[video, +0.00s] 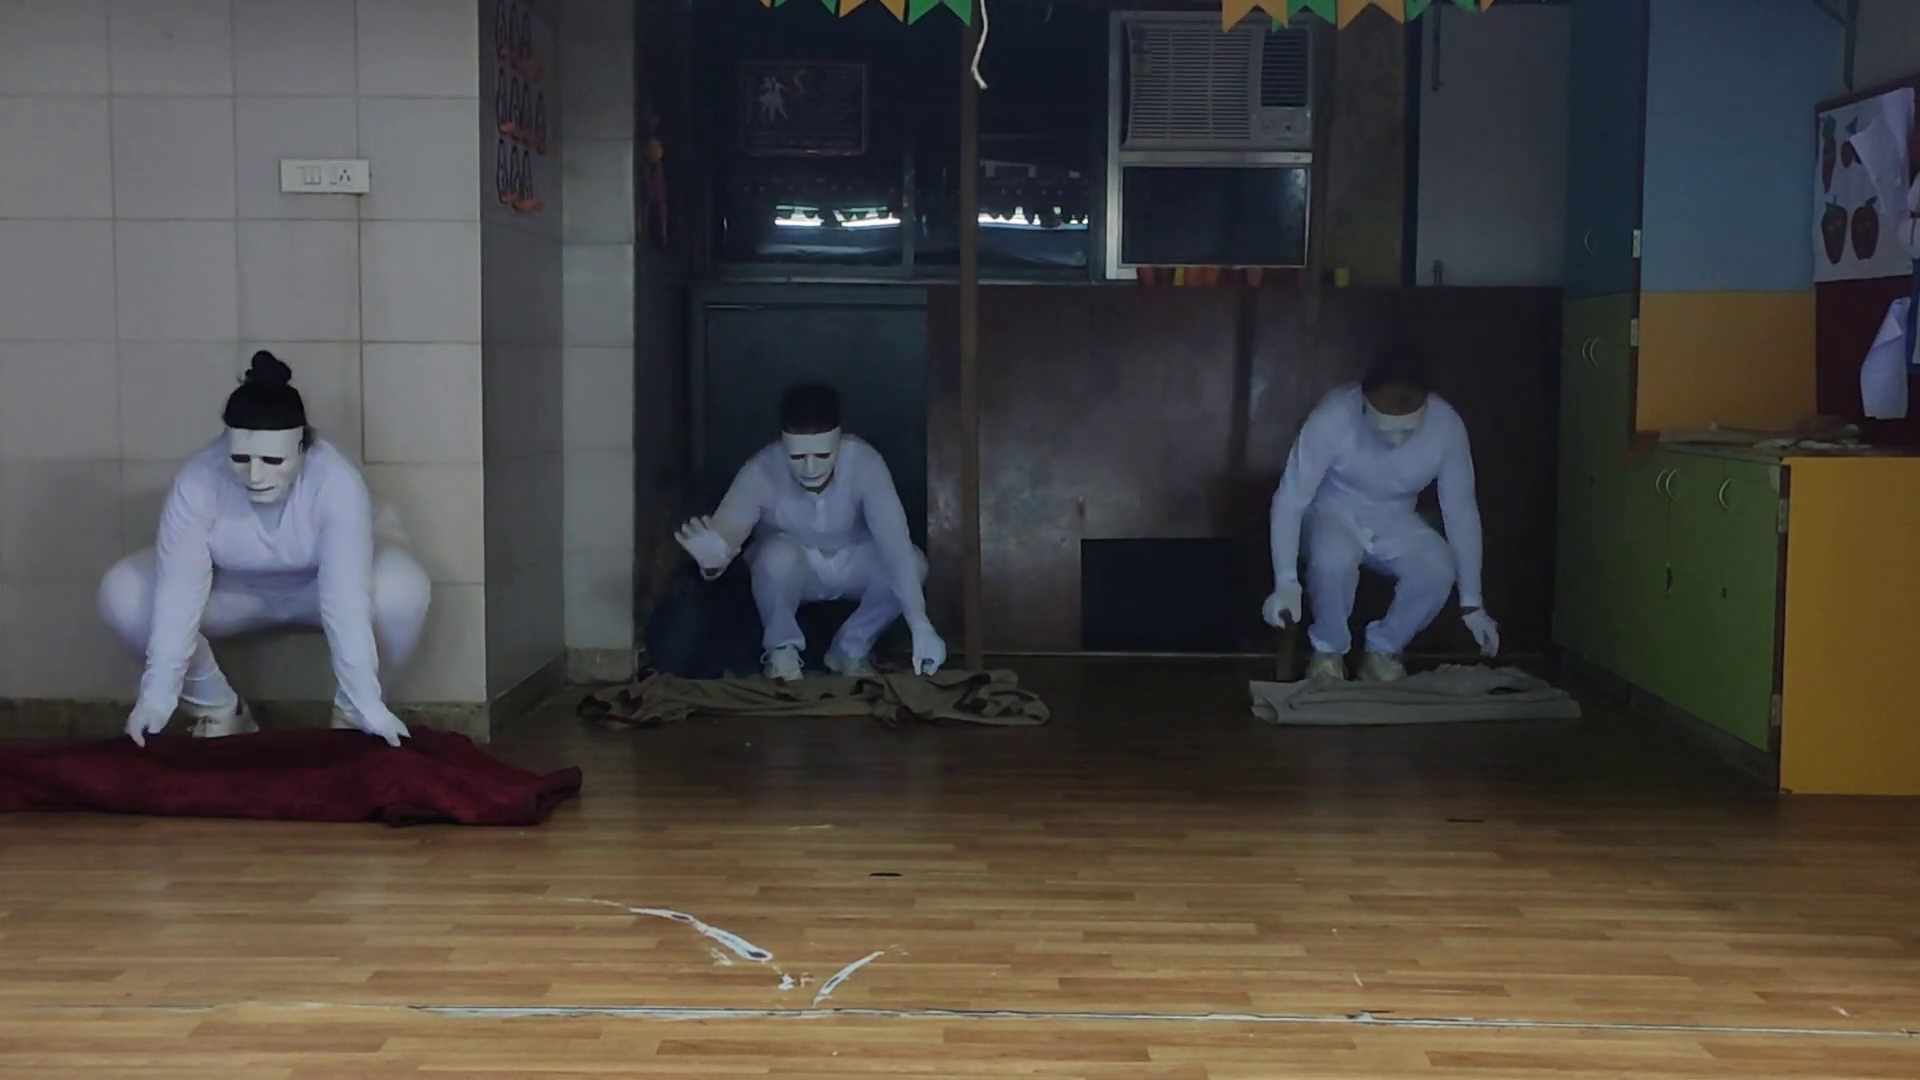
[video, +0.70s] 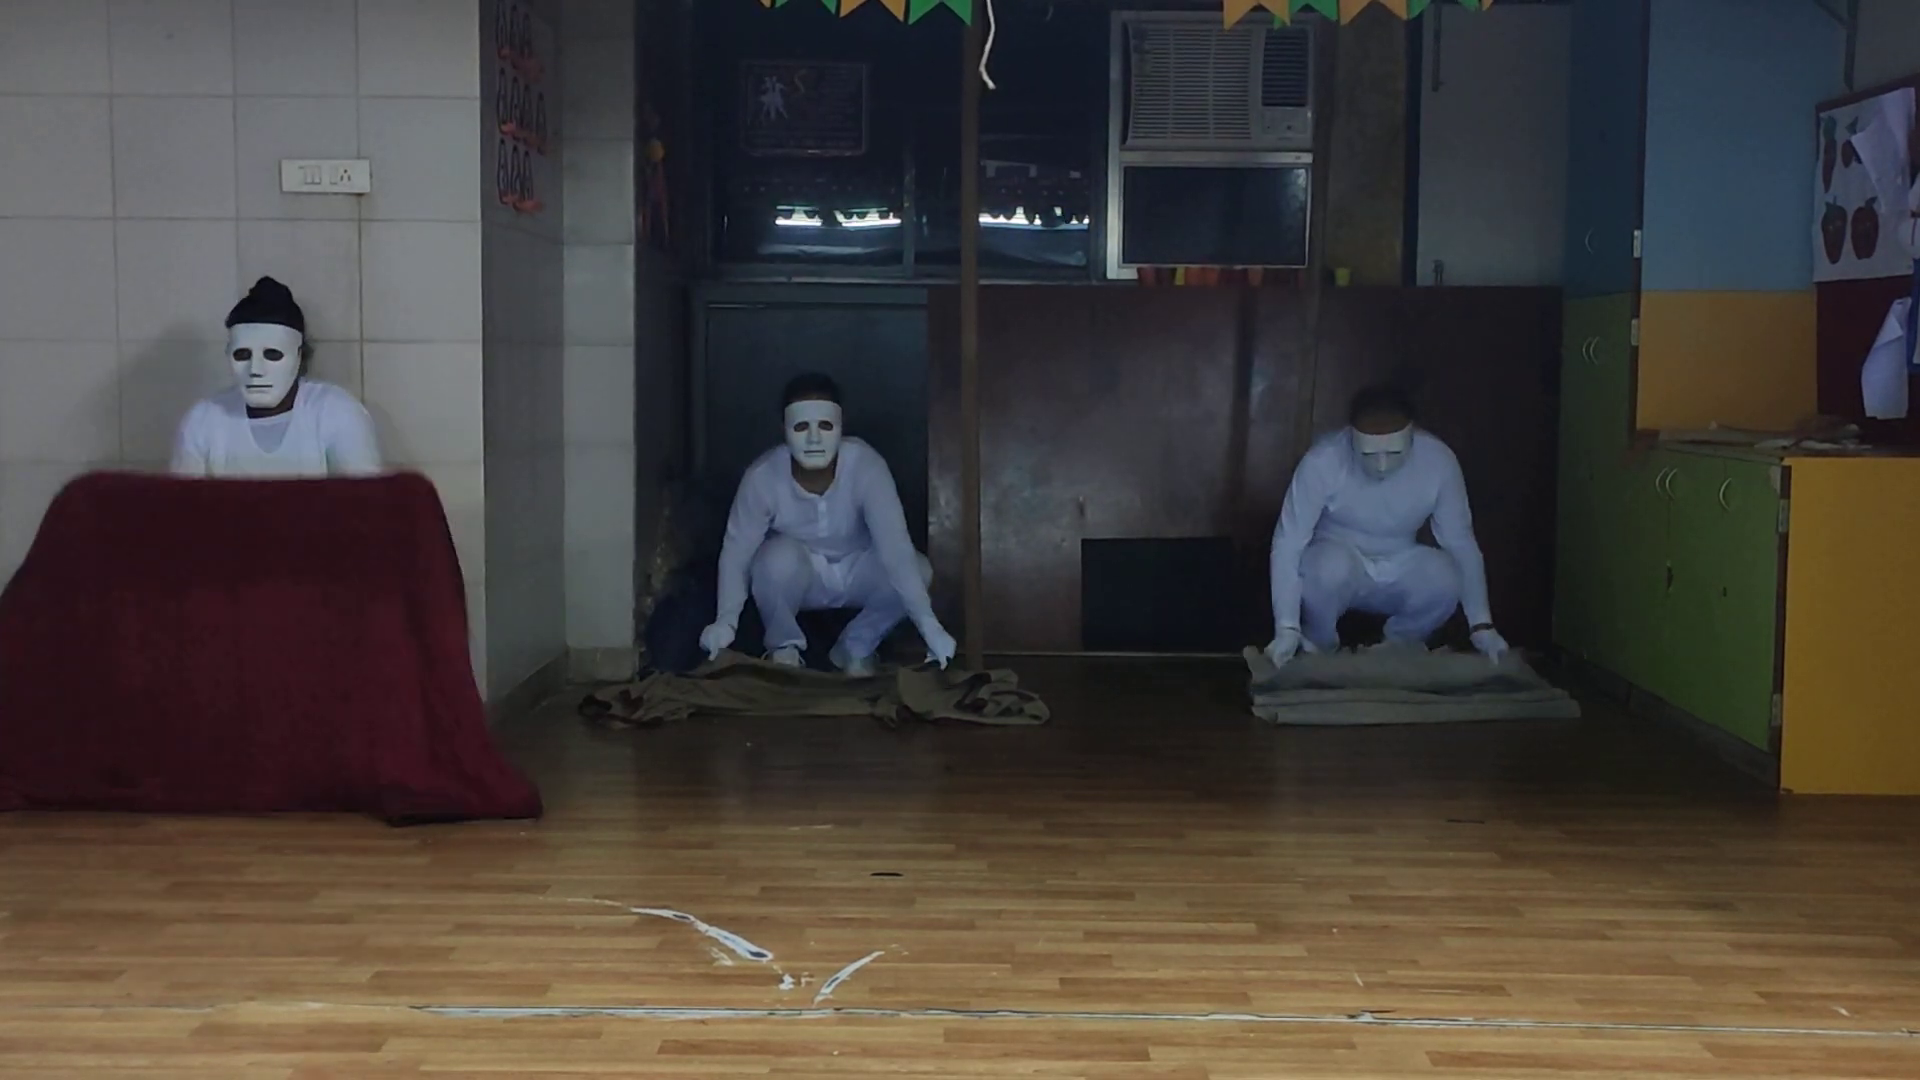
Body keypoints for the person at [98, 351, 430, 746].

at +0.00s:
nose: (256, 476)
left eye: (273, 460)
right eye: (241, 459)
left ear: (301, 449)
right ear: (227, 448)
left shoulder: (338, 486)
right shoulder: (197, 486)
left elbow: (345, 601)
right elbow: (179, 597)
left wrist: (365, 703)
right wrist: (155, 697)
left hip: (320, 589)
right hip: (233, 593)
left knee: (402, 587)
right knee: (126, 591)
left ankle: (352, 711)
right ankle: (219, 712)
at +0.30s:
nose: (255, 435)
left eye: (272, 419)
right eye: (241, 419)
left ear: (300, 421)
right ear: (225, 420)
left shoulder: (332, 467)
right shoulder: (198, 473)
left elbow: (339, 582)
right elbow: (196, 585)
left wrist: (369, 685)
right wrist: (162, 693)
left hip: (317, 590)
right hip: (233, 596)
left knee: (398, 585)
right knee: (126, 592)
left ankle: (358, 694)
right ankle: (212, 698)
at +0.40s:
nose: (253, 424)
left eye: (271, 409)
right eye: (239, 409)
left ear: (298, 411)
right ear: (225, 410)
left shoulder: (329, 461)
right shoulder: (198, 469)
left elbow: (341, 573)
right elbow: (193, 573)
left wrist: (380, 668)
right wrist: (151, 668)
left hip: (317, 596)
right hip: (233, 599)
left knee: (397, 583)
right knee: (124, 590)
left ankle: (358, 676)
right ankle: (202, 681)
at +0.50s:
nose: (252, 403)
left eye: (270, 388)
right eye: (240, 388)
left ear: (297, 391)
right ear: (225, 391)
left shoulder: (327, 438)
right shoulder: (197, 451)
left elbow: (343, 541)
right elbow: (193, 551)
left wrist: (376, 621)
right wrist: (136, 628)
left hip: (315, 580)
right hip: (232, 585)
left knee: (399, 582)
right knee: (121, 586)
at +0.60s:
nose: (252, 383)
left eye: (270, 367)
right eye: (239, 368)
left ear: (297, 370)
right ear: (225, 370)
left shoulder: (331, 421)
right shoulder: (200, 432)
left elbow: (351, 516)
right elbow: (192, 533)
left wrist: (383, 559)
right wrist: (139, 568)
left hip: (322, 589)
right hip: (231, 590)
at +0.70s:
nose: (255, 371)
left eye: (272, 355)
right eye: (242, 355)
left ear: (299, 356)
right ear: (229, 357)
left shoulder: (338, 415)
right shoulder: (203, 422)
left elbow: (367, 506)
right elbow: (181, 510)